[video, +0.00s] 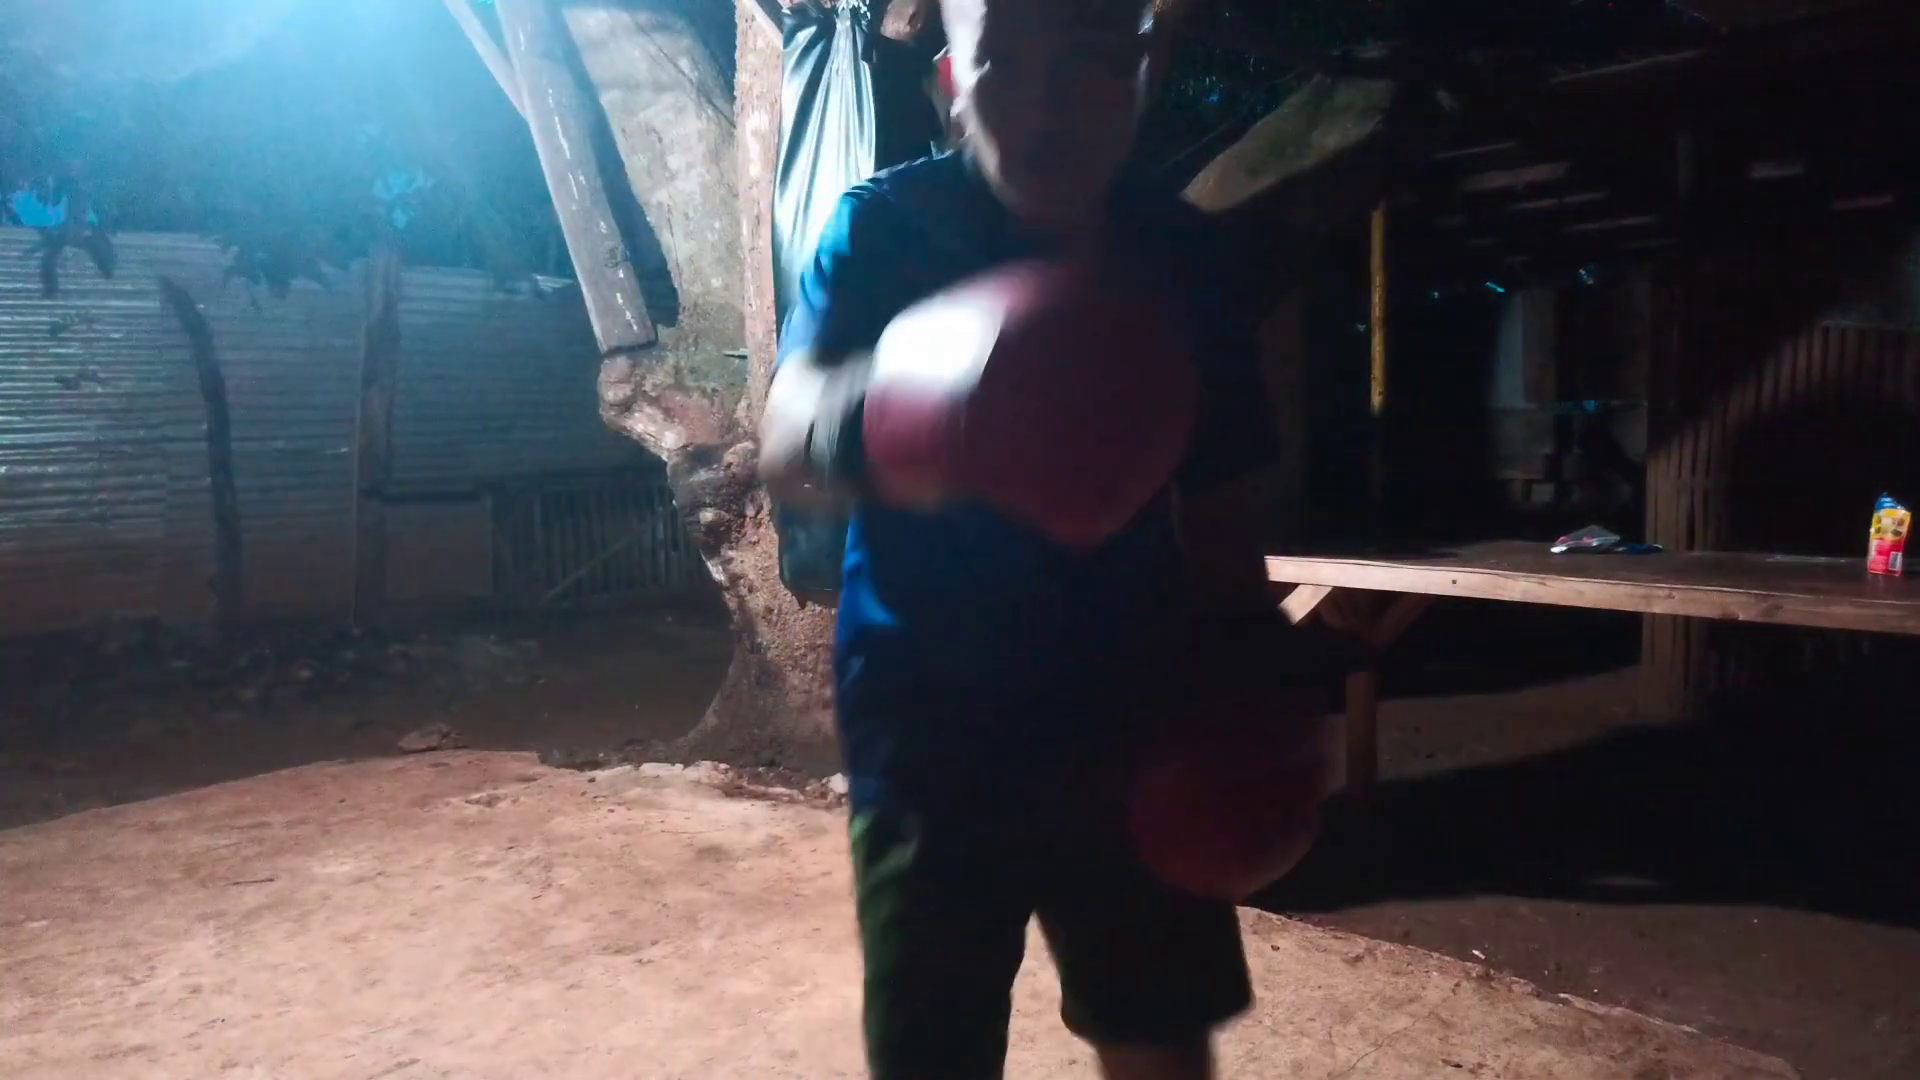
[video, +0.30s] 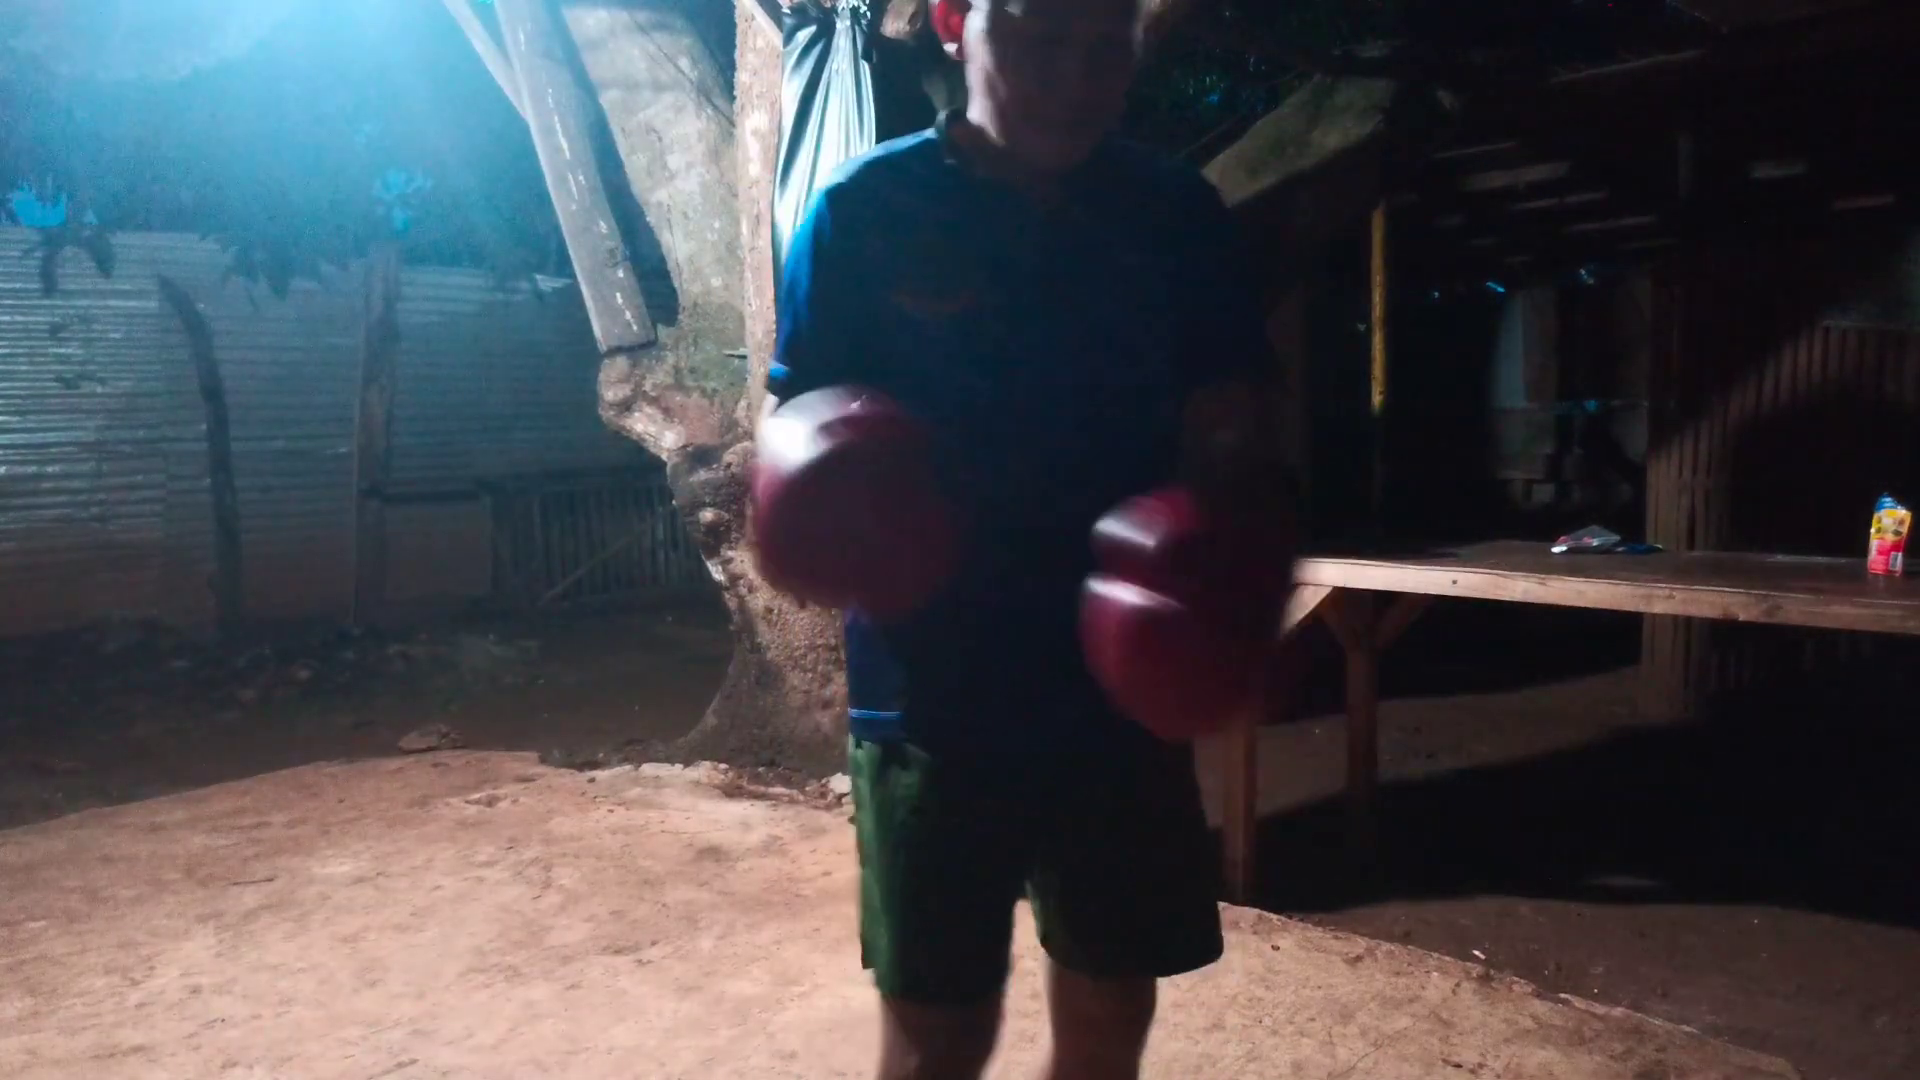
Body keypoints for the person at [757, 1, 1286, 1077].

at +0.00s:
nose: (1042, 102)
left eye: (1082, 62)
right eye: (1002, 63)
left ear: (1139, 77)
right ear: (949, 83)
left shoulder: (1184, 252)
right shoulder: (886, 226)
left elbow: (1224, 522)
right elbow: (786, 443)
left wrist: (1250, 727)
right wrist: (933, 418)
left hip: (1133, 726)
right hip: (933, 731)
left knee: (1160, 1048)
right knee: (927, 1058)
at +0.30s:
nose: (1071, 77)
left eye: (1104, 44)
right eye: (1037, 38)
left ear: (1138, 51)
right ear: (960, 30)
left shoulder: (1179, 218)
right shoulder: (868, 210)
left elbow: (1236, 436)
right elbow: (802, 402)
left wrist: (1216, 569)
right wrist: (819, 478)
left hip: (1118, 686)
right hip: (930, 689)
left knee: (1107, 1027)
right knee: (934, 1041)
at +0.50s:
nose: (974, 44)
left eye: (1004, 18)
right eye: (943, 19)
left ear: (1049, 32)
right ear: (880, 33)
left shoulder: (1123, 199)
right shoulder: (829, 215)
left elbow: (1182, 421)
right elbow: (773, 460)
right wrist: (756, 411)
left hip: (1087, 685)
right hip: (889, 695)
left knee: (1074, 1022)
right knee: (877, 1036)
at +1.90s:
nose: (770, 81)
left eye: (800, 49)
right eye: (740, 53)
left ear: (845, 64)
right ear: (699, 81)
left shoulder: (917, 215)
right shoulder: (659, 224)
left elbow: (953, 431)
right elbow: (510, 409)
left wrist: (998, 598)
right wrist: (649, 466)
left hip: (909, 623)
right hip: (746, 641)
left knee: (920, 923)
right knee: (751, 972)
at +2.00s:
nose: (758, 61)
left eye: (789, 34)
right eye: (727, 35)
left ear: (836, 60)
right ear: (681, 62)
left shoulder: (898, 205)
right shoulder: (630, 225)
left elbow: (928, 428)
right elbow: (493, 415)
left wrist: (996, 587)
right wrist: (621, 470)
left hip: (896, 623)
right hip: (729, 642)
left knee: (921, 926)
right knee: (741, 976)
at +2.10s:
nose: (737, 61)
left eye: (769, 31)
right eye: (706, 33)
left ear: (815, 55)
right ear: (660, 61)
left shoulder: (891, 207)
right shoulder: (613, 221)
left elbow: (915, 444)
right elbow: (459, 416)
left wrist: (984, 588)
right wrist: (593, 474)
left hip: (891, 635)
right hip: (721, 654)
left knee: (929, 943)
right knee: (736, 976)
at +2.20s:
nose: (734, 56)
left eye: (768, 26)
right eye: (701, 28)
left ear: (817, 55)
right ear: (648, 59)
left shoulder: (884, 210)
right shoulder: (599, 224)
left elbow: (914, 459)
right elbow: (438, 416)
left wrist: (958, 605)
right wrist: (576, 471)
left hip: (887, 642)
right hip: (716, 663)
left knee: (945, 944)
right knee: (734, 981)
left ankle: (916, 1069)